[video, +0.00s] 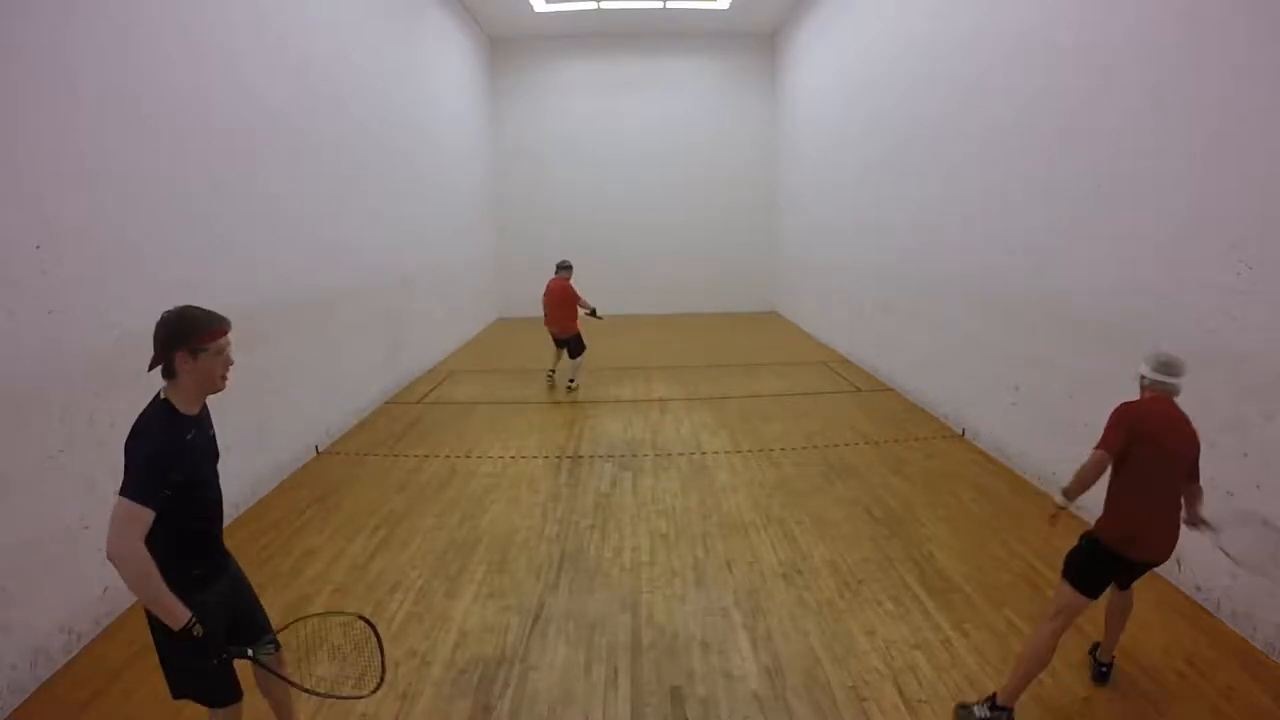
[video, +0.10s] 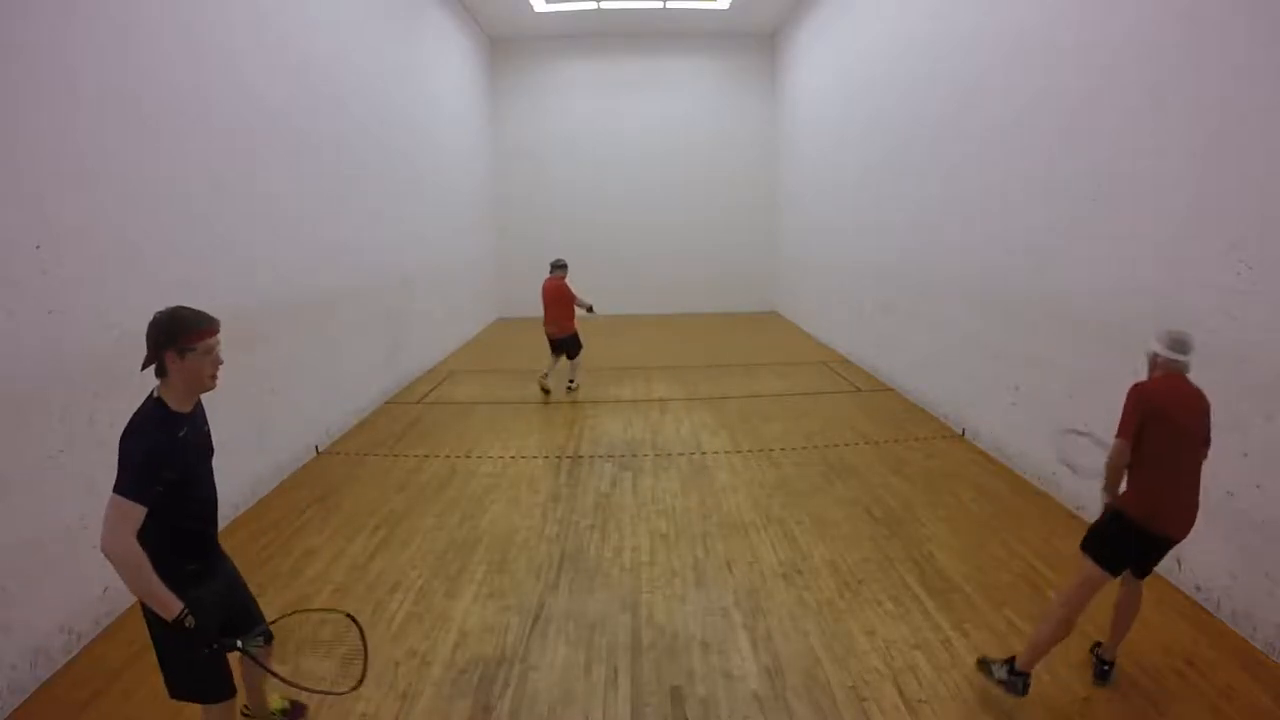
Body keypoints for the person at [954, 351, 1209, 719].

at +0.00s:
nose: (1140, 385)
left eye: (1142, 380)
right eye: (1146, 381)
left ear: (1144, 381)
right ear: (1177, 388)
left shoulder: (1129, 413)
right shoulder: (1186, 430)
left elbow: (1098, 463)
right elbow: (1192, 485)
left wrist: (1066, 496)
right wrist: (1193, 513)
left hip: (1115, 537)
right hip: (1159, 545)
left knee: (1057, 619)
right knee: (1122, 584)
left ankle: (1001, 705)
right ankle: (1105, 660)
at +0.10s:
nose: (1147, 362)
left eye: (1150, 356)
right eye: (1151, 357)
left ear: (1156, 359)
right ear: (1186, 364)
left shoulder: (1144, 392)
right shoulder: (1200, 401)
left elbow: (1120, 453)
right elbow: (1199, 455)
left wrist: (1110, 493)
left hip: (1137, 510)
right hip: (1178, 520)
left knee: (1080, 590)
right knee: (1133, 579)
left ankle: (1019, 669)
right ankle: (1107, 659)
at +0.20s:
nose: (1152, 339)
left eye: (1154, 334)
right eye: (1155, 334)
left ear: (1161, 335)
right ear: (1191, 339)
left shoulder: (1157, 370)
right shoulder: (1207, 375)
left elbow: (1144, 432)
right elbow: (1192, 434)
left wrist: (1129, 466)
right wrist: (1144, 457)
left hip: (1154, 491)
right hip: (1195, 500)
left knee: (1097, 564)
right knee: (1155, 567)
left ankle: (1037, 637)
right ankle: (1131, 645)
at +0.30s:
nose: (1159, 334)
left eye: (1163, 328)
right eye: (1162, 328)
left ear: (1173, 333)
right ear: (1195, 336)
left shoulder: (1171, 371)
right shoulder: (1211, 371)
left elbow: (1160, 439)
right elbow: (1200, 431)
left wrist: (1136, 465)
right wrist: (1154, 440)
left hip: (1166, 488)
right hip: (1202, 495)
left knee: (1103, 557)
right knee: (1173, 563)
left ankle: (1045, 631)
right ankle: (1163, 643)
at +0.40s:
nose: (1165, 350)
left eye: (1169, 345)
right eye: (1167, 344)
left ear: (1180, 351)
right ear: (1199, 354)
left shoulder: (1179, 392)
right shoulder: (1213, 389)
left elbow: (1170, 457)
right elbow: (1195, 441)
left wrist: (1131, 485)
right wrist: (1151, 446)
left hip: (1168, 505)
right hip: (1201, 509)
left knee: (1103, 564)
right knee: (1180, 577)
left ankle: (1069, 648)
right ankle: (1185, 653)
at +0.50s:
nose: (1159, 359)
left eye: (1164, 354)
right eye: (1162, 353)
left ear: (1176, 362)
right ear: (1190, 363)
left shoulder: (1173, 403)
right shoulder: (1206, 398)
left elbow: (1166, 469)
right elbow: (1187, 449)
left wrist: (1134, 514)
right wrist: (1142, 456)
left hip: (1168, 514)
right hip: (1197, 515)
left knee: (1106, 564)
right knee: (1168, 568)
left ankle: (1108, 649)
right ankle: (1185, 652)